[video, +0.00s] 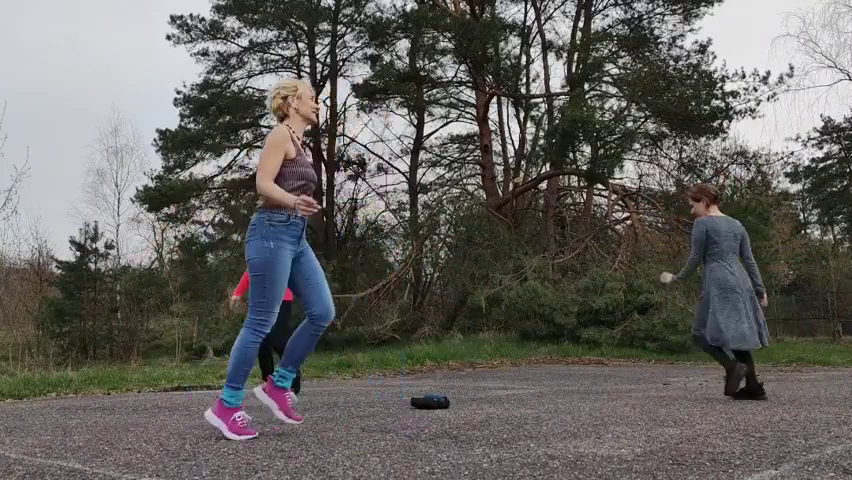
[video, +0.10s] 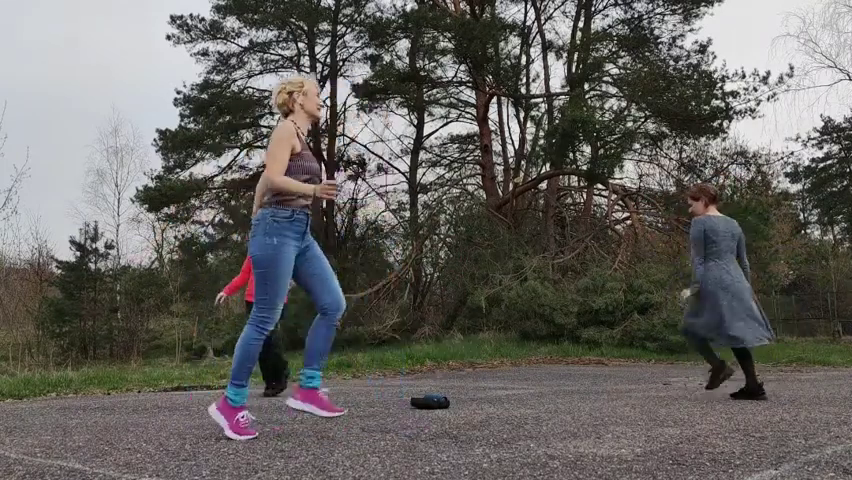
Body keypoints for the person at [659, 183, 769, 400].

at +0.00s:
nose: (692, 211)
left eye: (693, 206)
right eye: (691, 206)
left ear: (705, 201)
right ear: (708, 202)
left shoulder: (702, 223)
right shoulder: (737, 224)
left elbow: (696, 257)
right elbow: (748, 259)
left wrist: (678, 277)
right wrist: (760, 288)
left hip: (718, 284)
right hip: (741, 283)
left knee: (701, 334)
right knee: (739, 332)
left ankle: (730, 366)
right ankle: (753, 384)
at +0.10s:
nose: (690, 209)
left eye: (692, 204)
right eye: (689, 205)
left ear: (704, 201)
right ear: (708, 201)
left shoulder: (699, 223)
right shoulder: (733, 224)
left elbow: (698, 258)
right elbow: (743, 261)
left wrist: (696, 284)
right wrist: (747, 287)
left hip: (712, 282)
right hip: (737, 281)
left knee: (690, 328)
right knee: (735, 332)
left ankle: (717, 365)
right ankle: (753, 384)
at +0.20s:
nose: (685, 208)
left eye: (688, 204)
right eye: (685, 204)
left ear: (700, 202)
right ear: (704, 202)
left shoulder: (696, 223)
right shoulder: (727, 224)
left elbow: (700, 254)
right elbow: (733, 260)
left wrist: (701, 283)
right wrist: (730, 280)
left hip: (711, 284)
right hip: (732, 283)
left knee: (682, 324)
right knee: (734, 332)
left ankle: (698, 373)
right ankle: (752, 384)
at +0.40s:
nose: (673, 211)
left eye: (675, 207)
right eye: (673, 207)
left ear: (687, 206)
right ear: (691, 207)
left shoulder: (683, 228)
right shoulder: (710, 231)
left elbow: (690, 255)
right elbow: (713, 265)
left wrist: (695, 281)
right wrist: (709, 283)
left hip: (688, 288)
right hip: (709, 286)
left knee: (679, 335)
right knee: (717, 334)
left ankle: (680, 383)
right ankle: (747, 379)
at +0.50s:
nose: (665, 209)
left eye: (667, 205)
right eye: (665, 205)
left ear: (678, 205)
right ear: (682, 206)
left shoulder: (675, 227)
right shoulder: (700, 230)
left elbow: (682, 255)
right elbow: (704, 264)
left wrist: (687, 280)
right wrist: (699, 282)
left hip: (678, 288)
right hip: (698, 286)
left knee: (676, 335)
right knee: (696, 337)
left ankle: (680, 383)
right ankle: (732, 370)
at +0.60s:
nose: (658, 208)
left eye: (661, 204)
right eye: (658, 204)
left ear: (672, 205)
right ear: (678, 206)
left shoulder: (668, 226)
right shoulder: (693, 229)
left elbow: (674, 255)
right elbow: (698, 261)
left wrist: (678, 281)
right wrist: (694, 282)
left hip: (675, 284)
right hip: (692, 285)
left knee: (674, 334)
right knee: (685, 334)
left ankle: (679, 383)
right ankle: (708, 367)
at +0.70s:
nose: (652, 209)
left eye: (654, 205)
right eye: (652, 204)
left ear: (665, 205)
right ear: (669, 206)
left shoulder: (663, 227)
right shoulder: (688, 230)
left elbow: (664, 258)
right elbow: (693, 262)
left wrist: (662, 285)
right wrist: (688, 282)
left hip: (670, 284)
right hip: (686, 284)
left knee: (667, 332)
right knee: (678, 332)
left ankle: (680, 381)